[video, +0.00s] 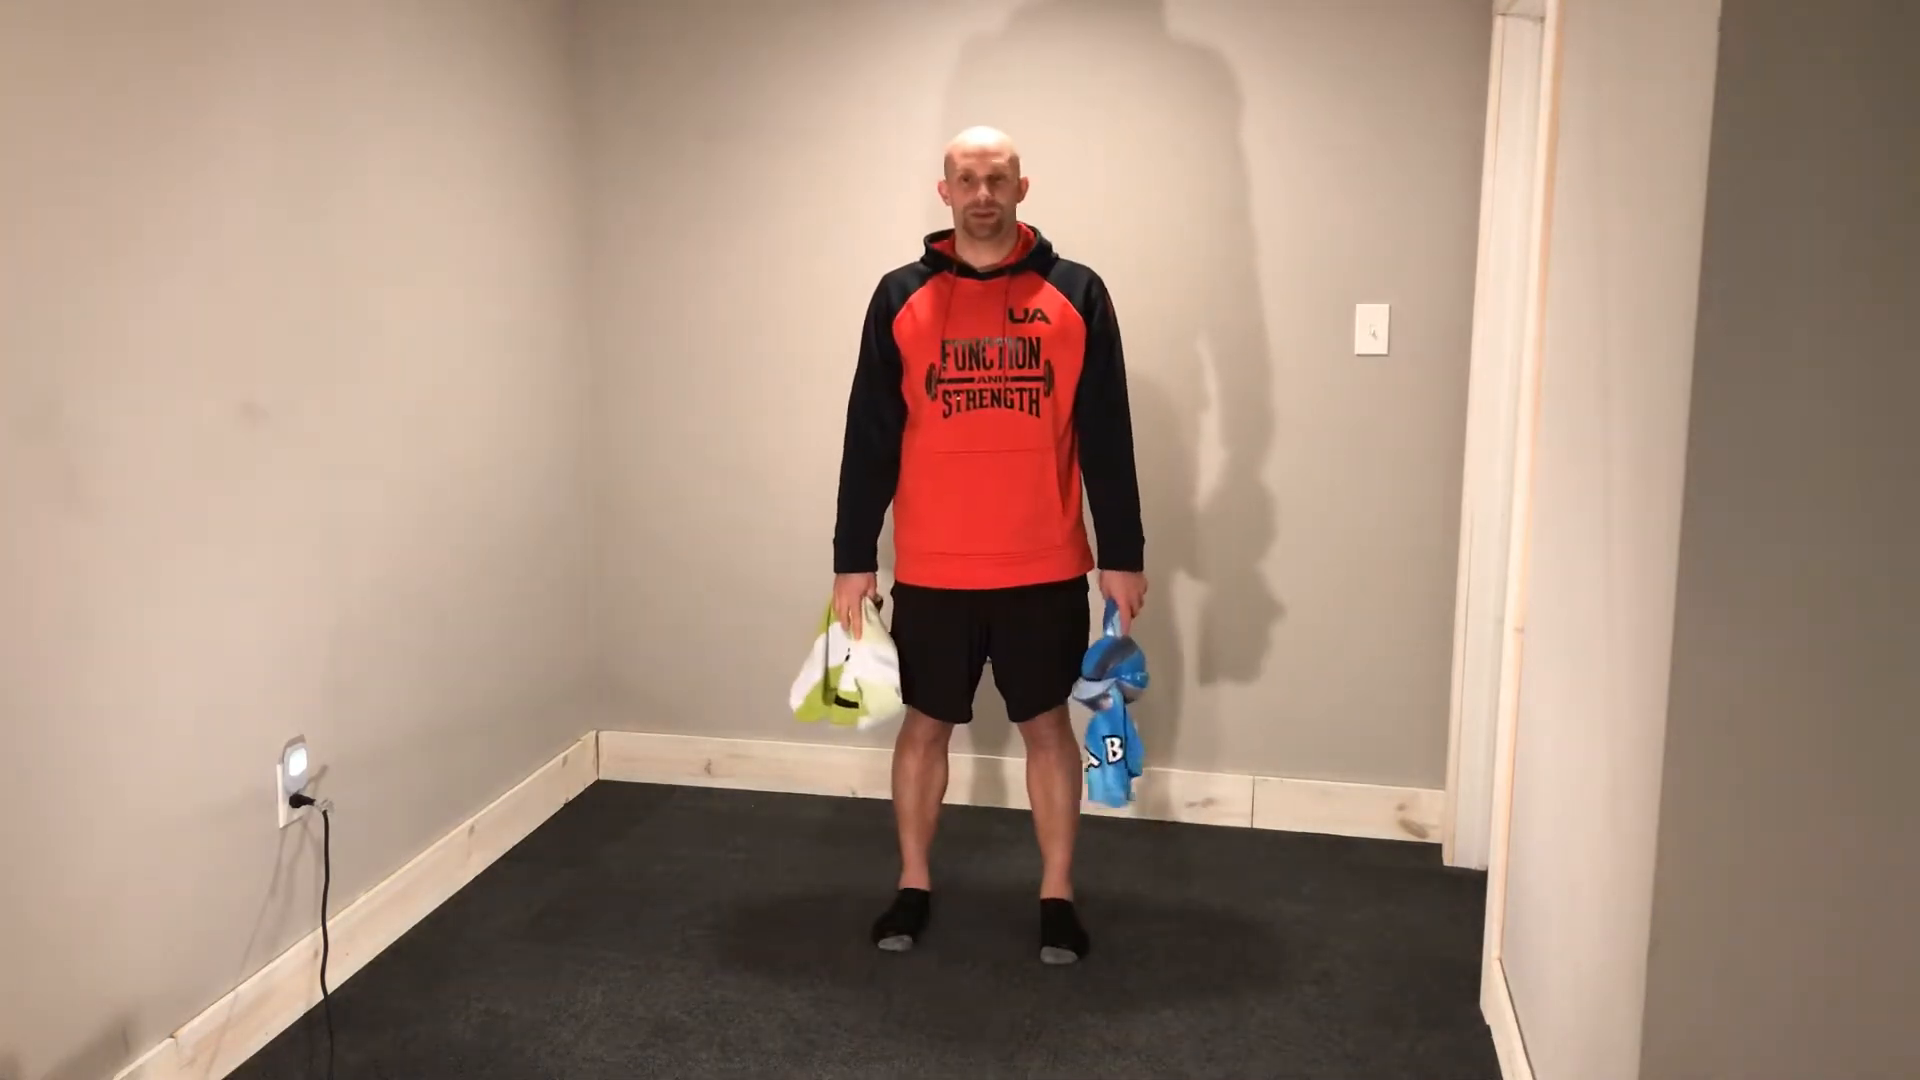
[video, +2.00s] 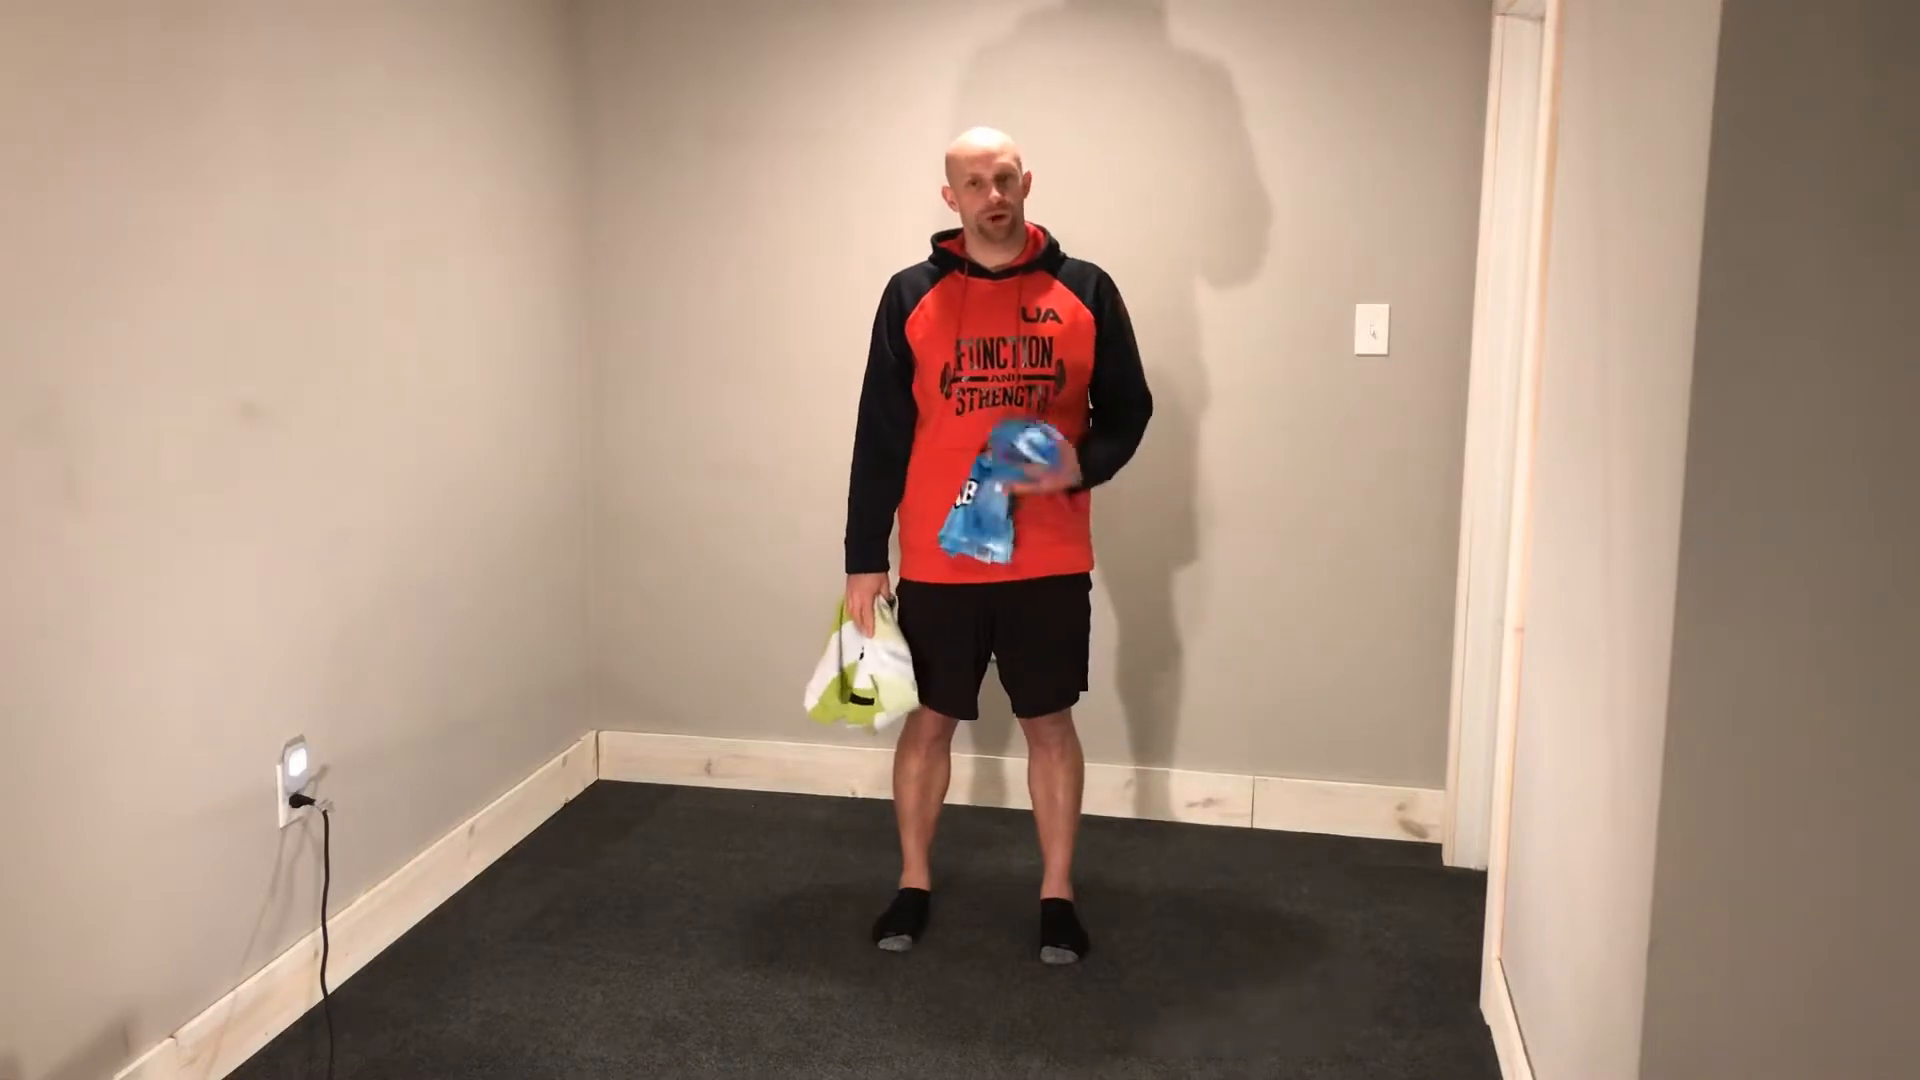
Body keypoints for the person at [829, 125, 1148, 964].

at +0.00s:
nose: (981, 192)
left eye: (995, 178)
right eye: (965, 179)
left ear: (1021, 188)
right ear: (944, 191)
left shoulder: (1076, 294)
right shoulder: (902, 297)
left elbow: (1106, 432)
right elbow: (870, 434)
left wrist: (1122, 553)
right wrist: (854, 557)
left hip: (1041, 564)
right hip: (933, 565)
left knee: (1046, 725)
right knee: (924, 726)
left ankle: (1058, 898)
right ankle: (911, 890)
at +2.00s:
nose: (994, 194)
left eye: (1005, 179)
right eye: (977, 182)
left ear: (1027, 185)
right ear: (950, 196)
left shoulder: (1085, 290)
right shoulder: (911, 296)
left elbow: (1127, 410)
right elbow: (880, 434)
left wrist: (1078, 469)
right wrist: (864, 559)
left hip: (1044, 553)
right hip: (939, 556)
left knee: (1048, 723)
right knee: (928, 720)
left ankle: (1057, 896)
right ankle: (912, 886)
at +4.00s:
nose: (993, 194)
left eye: (1007, 181)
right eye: (979, 180)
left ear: (1027, 191)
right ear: (952, 188)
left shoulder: (1076, 294)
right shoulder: (904, 294)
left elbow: (1119, 417)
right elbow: (871, 431)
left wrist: (1065, 414)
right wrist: (856, 555)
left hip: (1036, 563)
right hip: (931, 563)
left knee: (1043, 726)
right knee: (923, 724)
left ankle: (1058, 896)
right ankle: (911, 888)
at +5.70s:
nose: (986, 205)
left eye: (1000, 187)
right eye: (970, 190)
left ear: (1030, 185)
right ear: (951, 194)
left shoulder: (1090, 293)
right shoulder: (913, 294)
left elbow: (1128, 403)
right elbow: (854, 402)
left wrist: (1091, 445)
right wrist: (805, 500)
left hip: (1045, 559)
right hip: (938, 558)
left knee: (1048, 723)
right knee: (927, 718)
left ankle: (1058, 898)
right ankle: (912, 887)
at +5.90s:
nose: (962, 222)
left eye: (976, 206)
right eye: (953, 205)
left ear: (1026, 191)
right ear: (946, 199)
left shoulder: (1091, 296)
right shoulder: (918, 288)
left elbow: (1131, 409)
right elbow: (850, 366)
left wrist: (1091, 444)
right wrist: (778, 386)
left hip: (1043, 558)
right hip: (937, 555)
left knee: (1046, 721)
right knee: (927, 716)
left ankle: (1058, 897)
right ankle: (912, 888)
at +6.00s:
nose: (964, 221)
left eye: (979, 204)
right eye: (956, 205)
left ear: (1029, 192)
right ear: (948, 200)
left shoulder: (1092, 298)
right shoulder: (921, 286)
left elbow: (1131, 412)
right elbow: (842, 351)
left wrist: (1090, 450)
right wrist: (762, 337)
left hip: (1042, 560)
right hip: (936, 556)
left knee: (1046, 722)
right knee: (926, 716)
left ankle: (1058, 897)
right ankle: (911, 887)